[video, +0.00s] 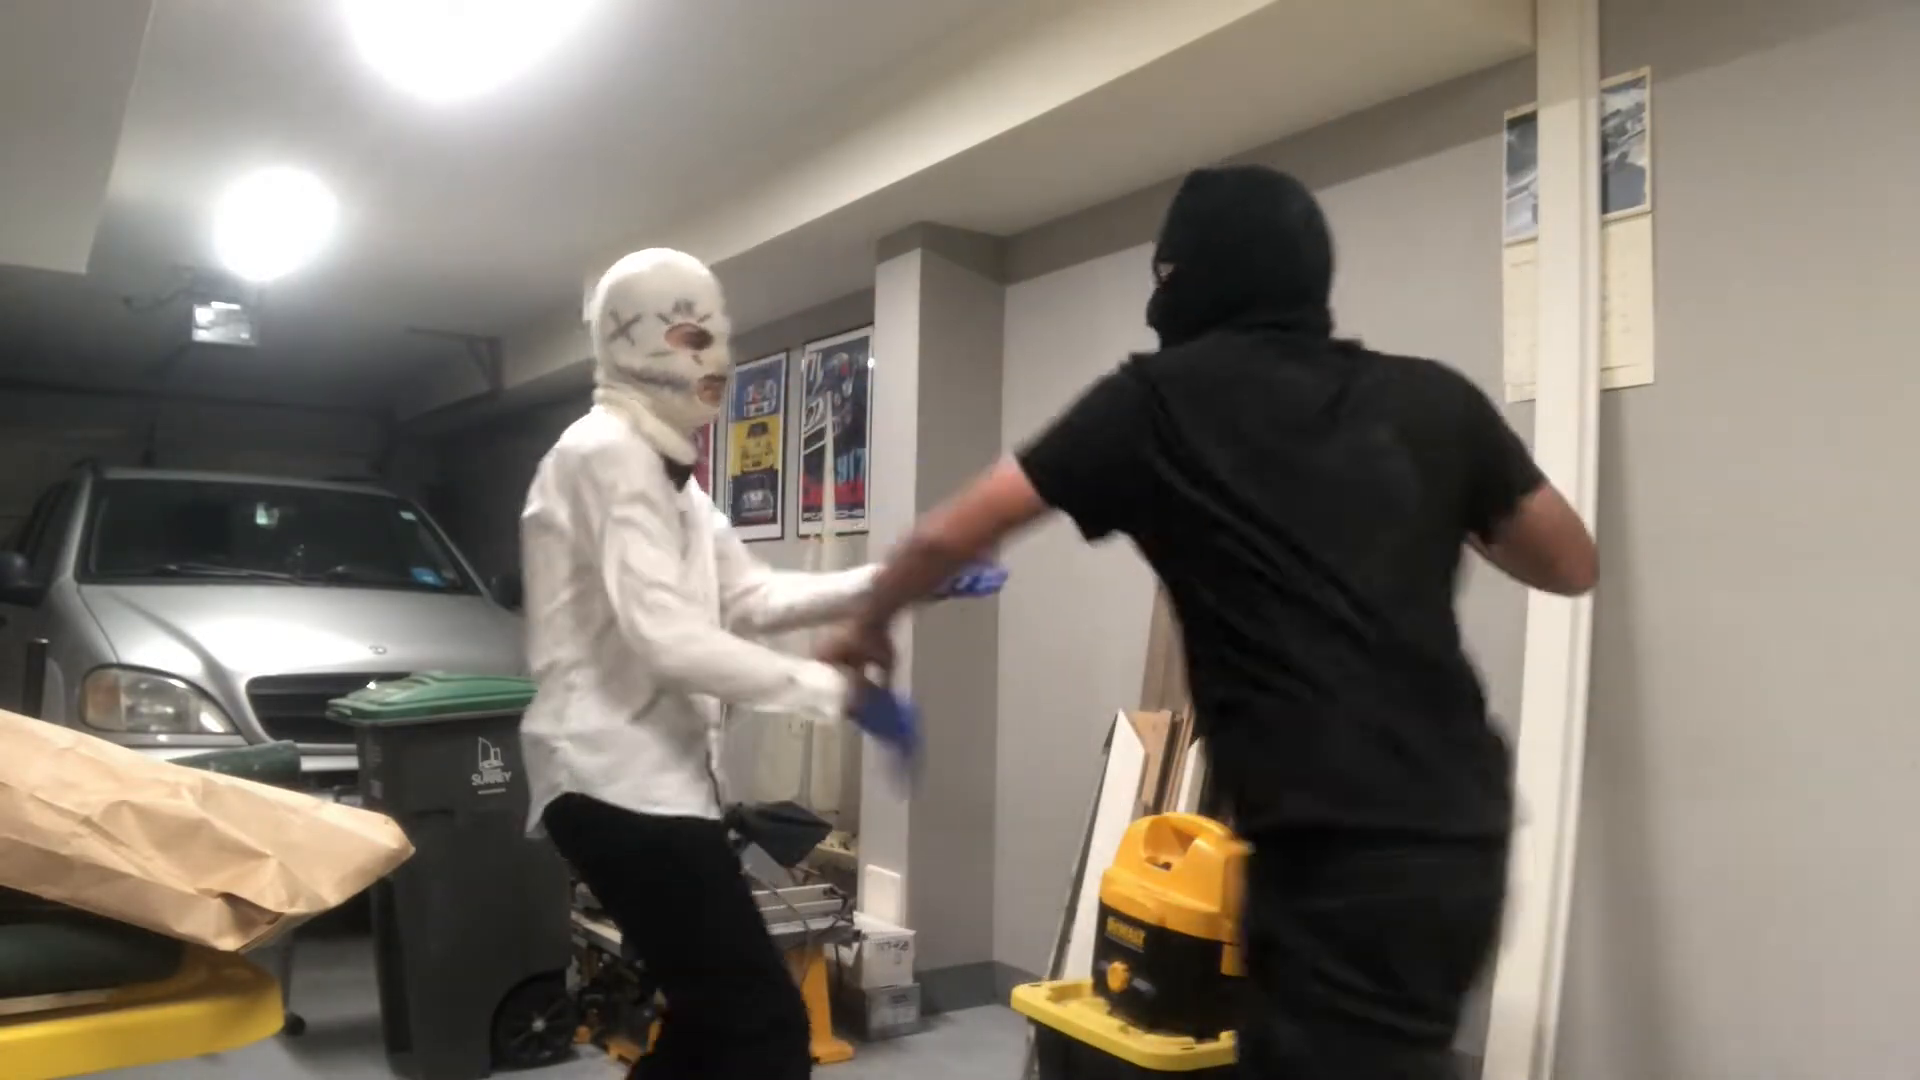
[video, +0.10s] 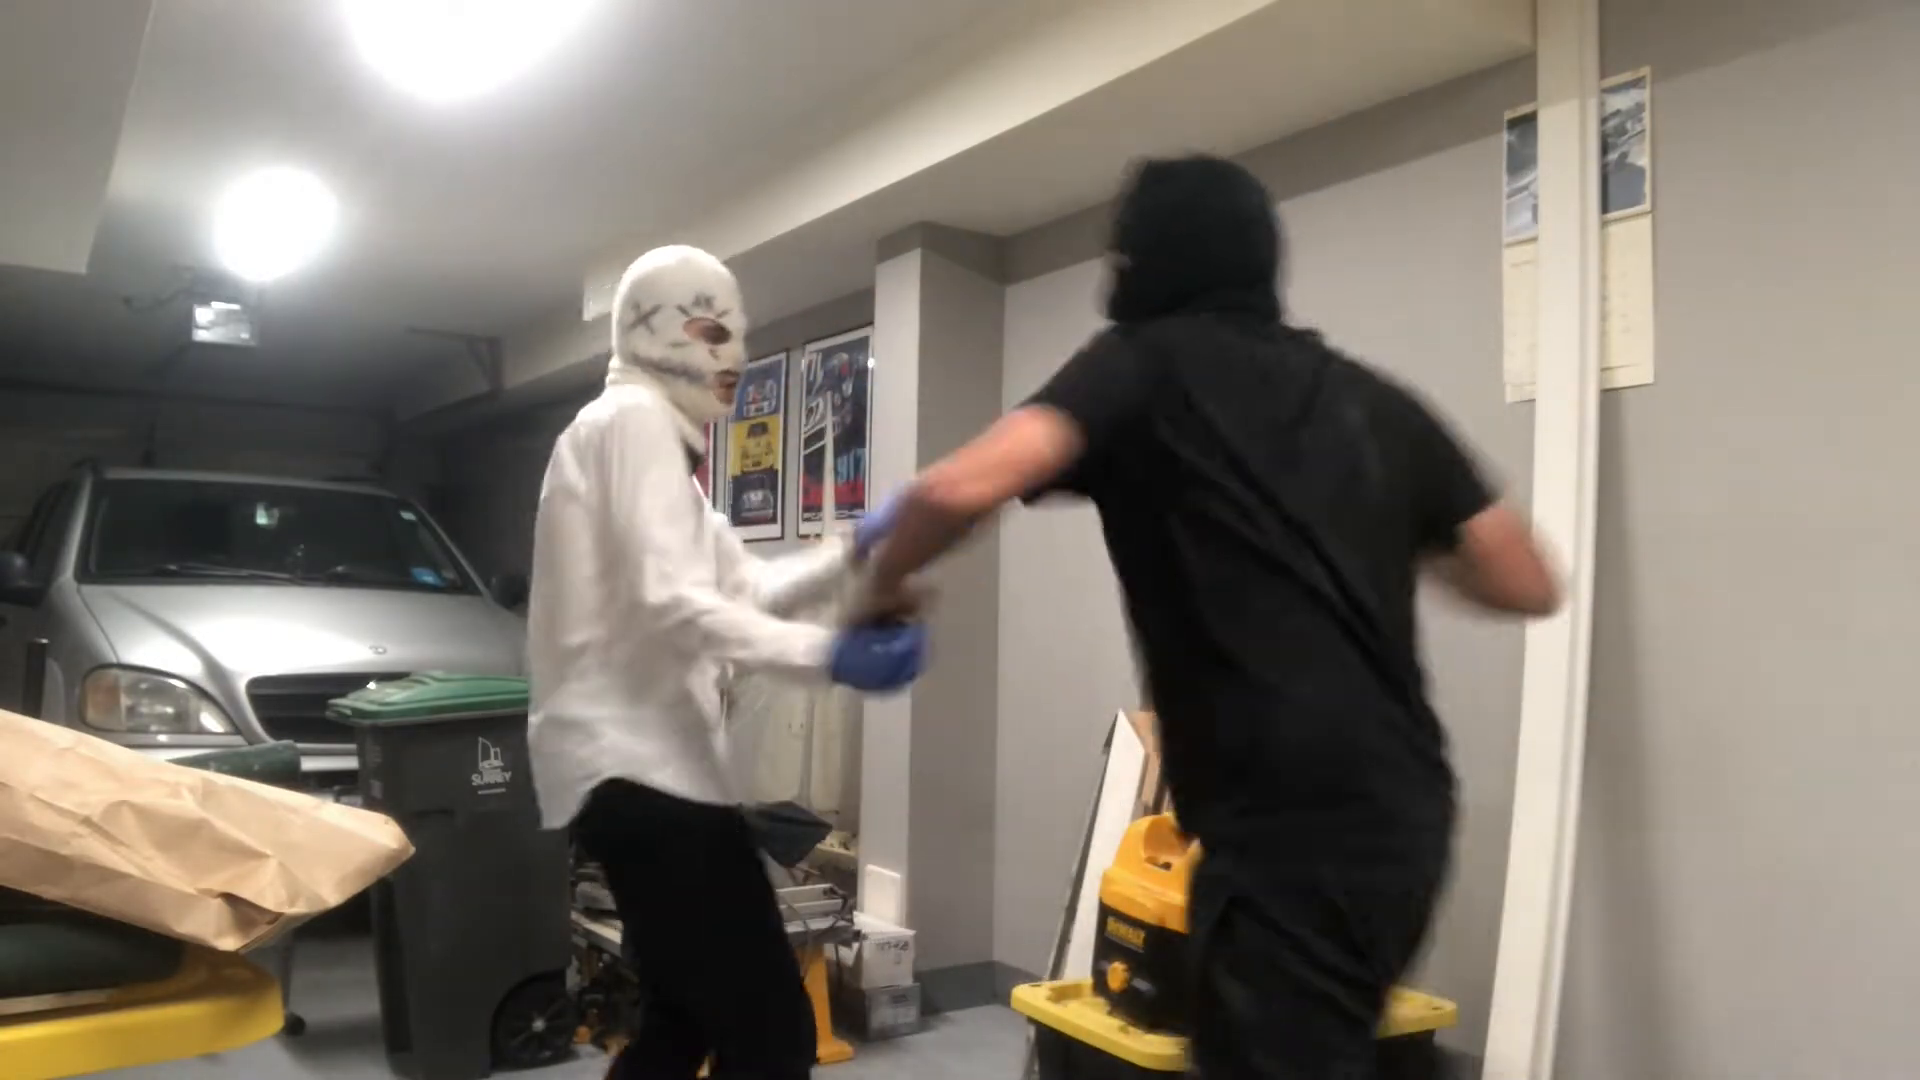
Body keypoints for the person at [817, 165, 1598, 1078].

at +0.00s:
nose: (1157, 288)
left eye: (1164, 268)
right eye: (1163, 267)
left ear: (1186, 276)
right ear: (1313, 275)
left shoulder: (1154, 399)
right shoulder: (1428, 399)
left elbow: (948, 537)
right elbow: (1573, 565)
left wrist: (871, 615)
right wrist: (1460, 492)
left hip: (1317, 839)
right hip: (1459, 830)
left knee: (1330, 1058)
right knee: (1393, 1051)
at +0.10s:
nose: (1115, 277)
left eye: (1124, 256)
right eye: (1122, 256)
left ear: (1146, 263)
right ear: (1262, 262)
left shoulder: (1141, 364)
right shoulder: (1369, 398)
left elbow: (952, 492)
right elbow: (1526, 582)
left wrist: (888, 577)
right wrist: (1395, 535)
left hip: (1274, 833)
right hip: (1400, 825)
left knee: (1268, 1055)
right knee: (1306, 1047)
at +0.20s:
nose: (1051, 262)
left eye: (1063, 235)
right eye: (1055, 236)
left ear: (1107, 241)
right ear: (1188, 235)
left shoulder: (1180, 335)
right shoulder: (1257, 355)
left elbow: (1242, 486)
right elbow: (1392, 585)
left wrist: (1059, 602)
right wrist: (1217, 584)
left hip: (1266, 829)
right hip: (1317, 823)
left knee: (1171, 1054)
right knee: (1182, 1052)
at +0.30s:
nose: (996, 283)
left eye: (1014, 251)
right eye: (1001, 253)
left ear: (1082, 261)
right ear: (1094, 266)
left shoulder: (1258, 375)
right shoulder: (1112, 405)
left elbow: (1462, 553)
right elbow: (1121, 574)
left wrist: (1221, 700)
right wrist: (931, 528)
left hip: (1265, 850)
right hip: (1162, 837)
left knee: (1049, 1062)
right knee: (1112, 1060)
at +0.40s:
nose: (957, 305)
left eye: (974, 271)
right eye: (956, 274)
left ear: (1046, 267)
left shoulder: (1246, 396)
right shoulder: (1036, 421)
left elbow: (1379, 647)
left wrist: (1147, 736)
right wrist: (842, 500)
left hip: (1271, 834)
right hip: (1146, 829)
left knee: (1071, 1057)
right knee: (1121, 1057)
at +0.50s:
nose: (927, 302)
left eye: (937, 266)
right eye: (921, 271)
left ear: (1008, 248)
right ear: (1006, 255)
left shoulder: (1216, 349)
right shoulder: (1010, 396)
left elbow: (1274, 628)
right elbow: (901, 560)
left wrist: (1029, 677)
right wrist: (951, 539)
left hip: (1265, 803)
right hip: (1152, 810)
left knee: (1094, 1061)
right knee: (1157, 1059)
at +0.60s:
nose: (935, 274)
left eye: (947, 241)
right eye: (935, 246)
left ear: (1009, 242)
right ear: (1028, 245)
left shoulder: (1147, 334)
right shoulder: (1071, 379)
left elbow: (1245, 590)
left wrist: (1000, 660)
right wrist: (987, 580)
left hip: (1235, 805)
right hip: (1162, 802)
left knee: (1098, 1061)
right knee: (1144, 1060)